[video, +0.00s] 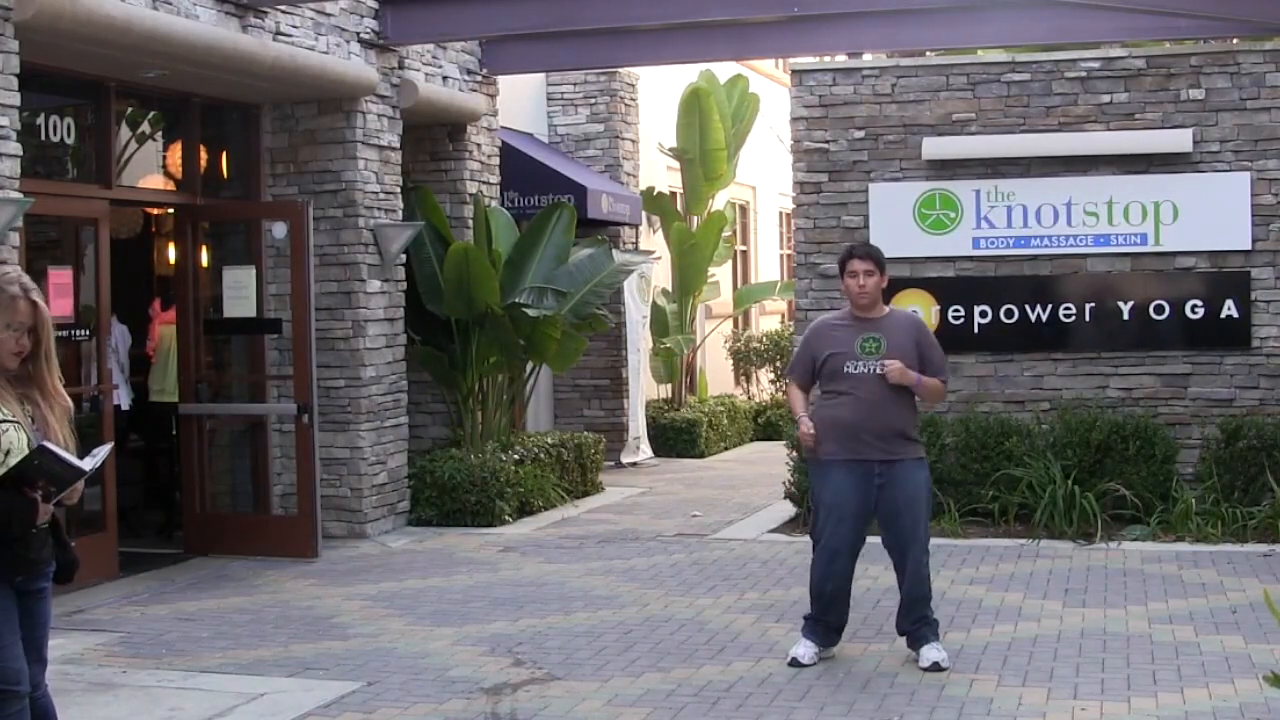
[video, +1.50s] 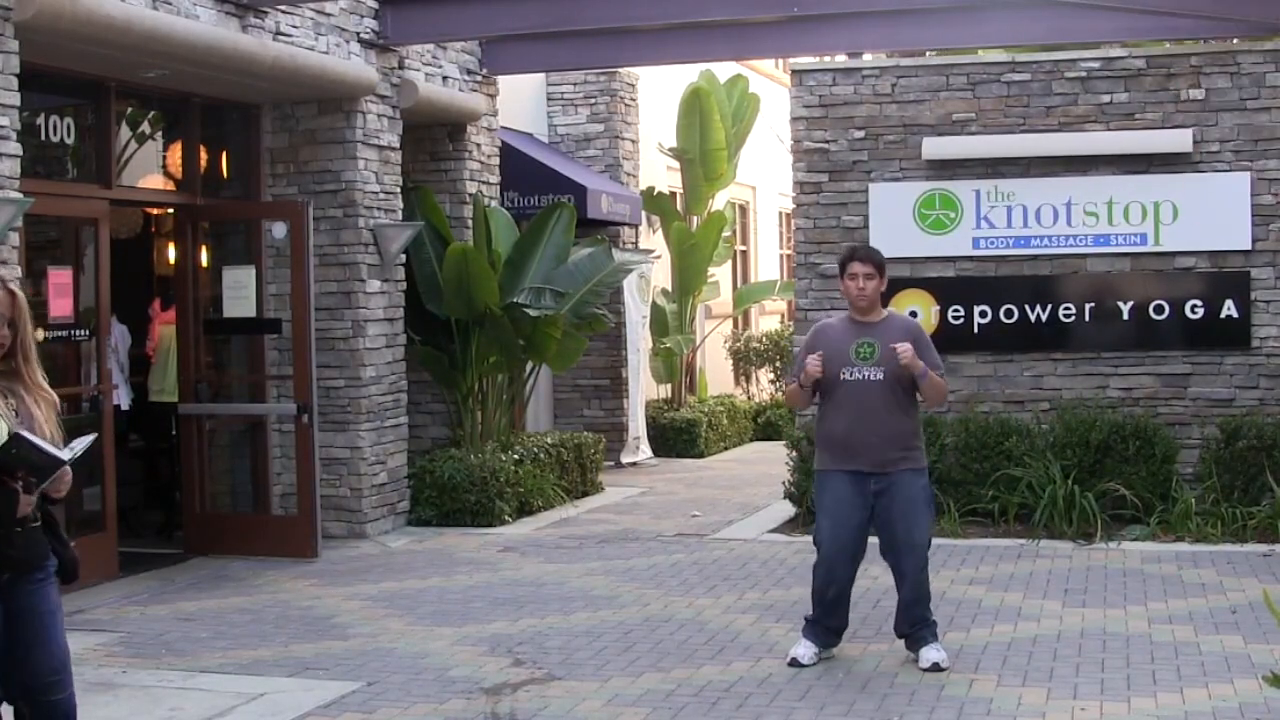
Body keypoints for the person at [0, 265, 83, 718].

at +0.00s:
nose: (22, 341)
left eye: (29, 330)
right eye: (12, 329)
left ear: (38, 333)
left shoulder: (47, 396)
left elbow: (67, 479)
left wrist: (66, 490)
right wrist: (23, 508)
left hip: (37, 556)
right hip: (2, 557)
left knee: (35, 682)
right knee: (14, 686)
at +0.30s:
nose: (15, 337)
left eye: (23, 326)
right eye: (6, 325)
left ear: (34, 330)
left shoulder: (48, 392)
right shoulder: (5, 392)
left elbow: (68, 472)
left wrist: (69, 485)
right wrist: (27, 502)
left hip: (38, 550)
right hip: (4, 551)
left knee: (36, 683)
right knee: (14, 686)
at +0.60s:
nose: (11, 336)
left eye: (19, 326)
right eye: (4, 324)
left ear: (30, 331)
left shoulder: (44, 392)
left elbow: (64, 472)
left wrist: (68, 486)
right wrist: (27, 499)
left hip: (37, 554)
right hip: (2, 555)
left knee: (36, 682)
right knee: (17, 685)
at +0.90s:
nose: (17, 332)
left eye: (25, 322)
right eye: (9, 319)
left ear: (34, 328)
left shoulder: (42, 389)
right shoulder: (4, 388)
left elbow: (63, 464)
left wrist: (70, 483)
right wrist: (31, 496)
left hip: (37, 552)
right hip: (2, 552)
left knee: (38, 684)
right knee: (9, 685)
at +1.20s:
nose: (9, 333)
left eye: (17, 322)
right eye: (3, 319)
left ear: (28, 329)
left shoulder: (41, 393)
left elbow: (62, 471)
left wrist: (67, 485)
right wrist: (21, 501)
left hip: (34, 560)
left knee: (40, 697)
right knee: (5, 694)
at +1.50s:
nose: (3, 334)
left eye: (9, 323)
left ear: (20, 330)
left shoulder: (34, 395)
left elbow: (52, 475)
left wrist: (60, 485)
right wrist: (7, 504)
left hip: (29, 568)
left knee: (52, 703)